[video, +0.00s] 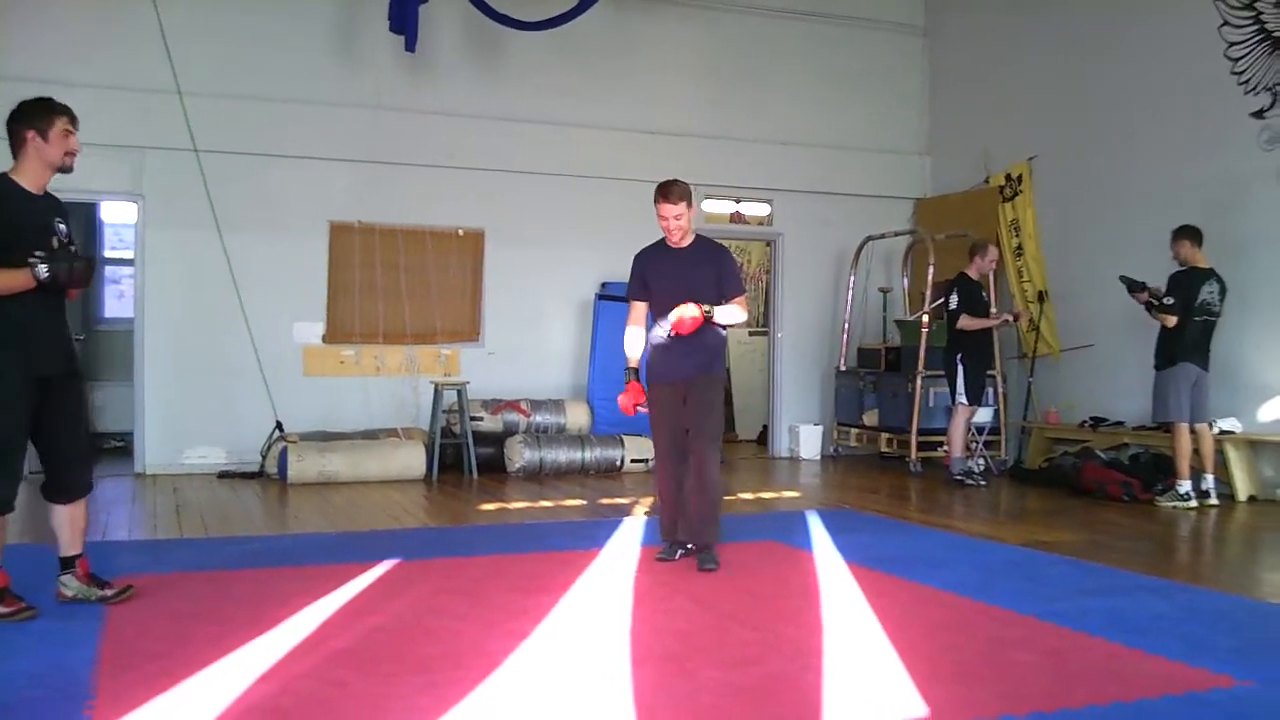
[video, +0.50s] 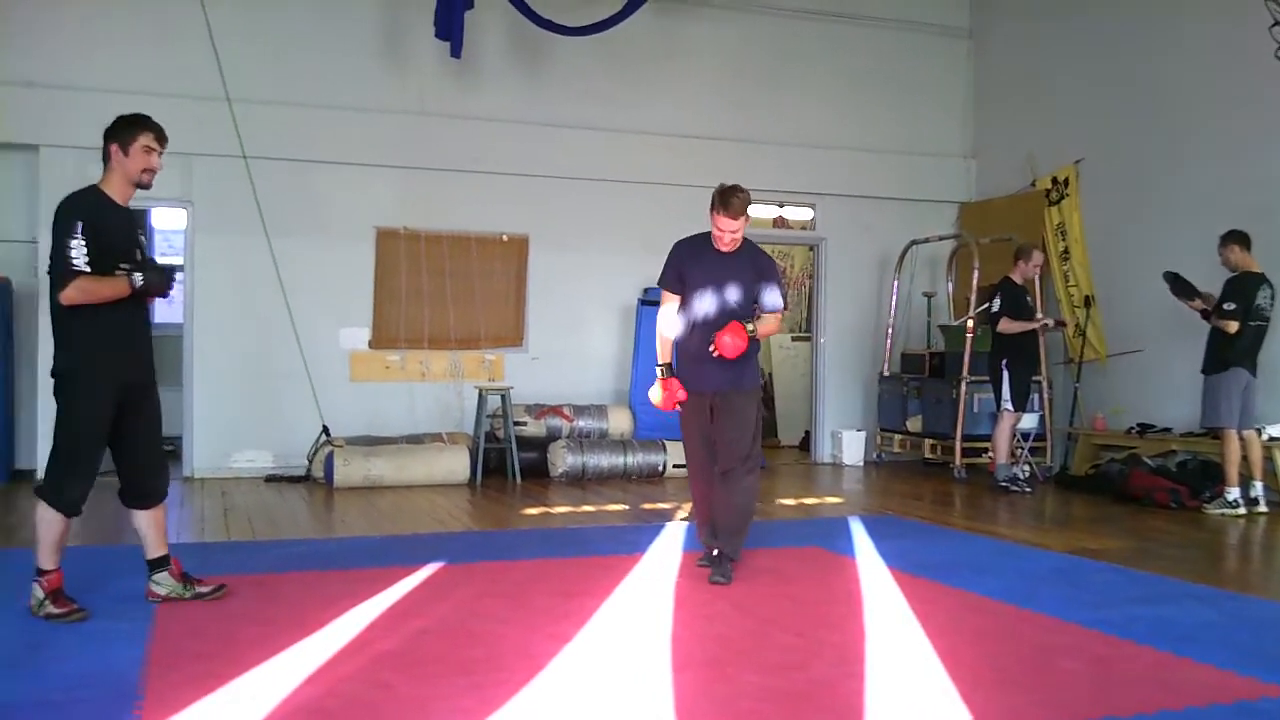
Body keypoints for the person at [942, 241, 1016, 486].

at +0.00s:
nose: (993, 267)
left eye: (995, 262)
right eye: (991, 262)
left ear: (979, 260)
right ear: (977, 260)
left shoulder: (977, 286)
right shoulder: (960, 284)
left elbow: (981, 316)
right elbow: (960, 321)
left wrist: (1007, 317)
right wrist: (995, 320)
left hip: (975, 355)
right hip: (962, 355)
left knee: (967, 409)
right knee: (962, 409)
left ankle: (961, 462)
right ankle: (956, 465)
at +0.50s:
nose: (1038, 271)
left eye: (1040, 267)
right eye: (1035, 266)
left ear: (1024, 266)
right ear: (1020, 264)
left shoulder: (1021, 290)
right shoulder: (1005, 288)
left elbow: (1023, 322)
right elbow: (1000, 325)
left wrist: (1049, 324)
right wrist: (1035, 324)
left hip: (1020, 361)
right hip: (1007, 361)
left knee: (1012, 415)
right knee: (1008, 415)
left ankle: (1005, 468)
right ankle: (1001, 471)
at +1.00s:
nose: (1046, 258)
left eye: (1048, 254)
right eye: (1042, 253)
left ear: (1033, 256)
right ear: (1027, 255)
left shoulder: (1032, 285)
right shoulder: (1014, 281)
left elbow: (1031, 318)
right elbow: (1010, 318)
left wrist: (1056, 318)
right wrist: (1045, 318)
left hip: (1029, 355)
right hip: (1016, 354)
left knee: (1021, 409)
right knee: (1017, 409)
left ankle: (1013, 463)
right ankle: (1011, 466)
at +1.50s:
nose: (1031, 203)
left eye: (1032, 198)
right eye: (1027, 198)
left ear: (1018, 201)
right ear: (1011, 199)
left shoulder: (1017, 230)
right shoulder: (998, 227)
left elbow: (1014, 263)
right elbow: (994, 265)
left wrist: (1038, 265)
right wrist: (1030, 267)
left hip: (1015, 301)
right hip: (1002, 301)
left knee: (1007, 357)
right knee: (1003, 356)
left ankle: (998, 409)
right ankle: (993, 413)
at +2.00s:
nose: (1075, 207)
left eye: (1076, 202)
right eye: (1070, 202)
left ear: (1067, 205)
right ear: (1055, 204)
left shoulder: (1060, 235)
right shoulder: (1040, 232)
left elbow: (1061, 268)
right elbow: (1033, 270)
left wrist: (1087, 271)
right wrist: (1070, 274)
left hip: (1060, 307)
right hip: (1041, 307)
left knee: (1067, 359)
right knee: (1041, 363)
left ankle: (1055, 416)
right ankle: (1031, 419)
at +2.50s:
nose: (1078, 204)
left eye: (1079, 199)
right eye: (1074, 199)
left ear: (1071, 203)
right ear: (1060, 202)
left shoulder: (1069, 234)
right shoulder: (1044, 230)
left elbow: (1067, 266)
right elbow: (1037, 267)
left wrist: (1091, 271)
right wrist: (1075, 271)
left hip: (1066, 305)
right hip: (1046, 305)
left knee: (1064, 361)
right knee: (1042, 361)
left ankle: (1063, 418)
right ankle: (1025, 417)